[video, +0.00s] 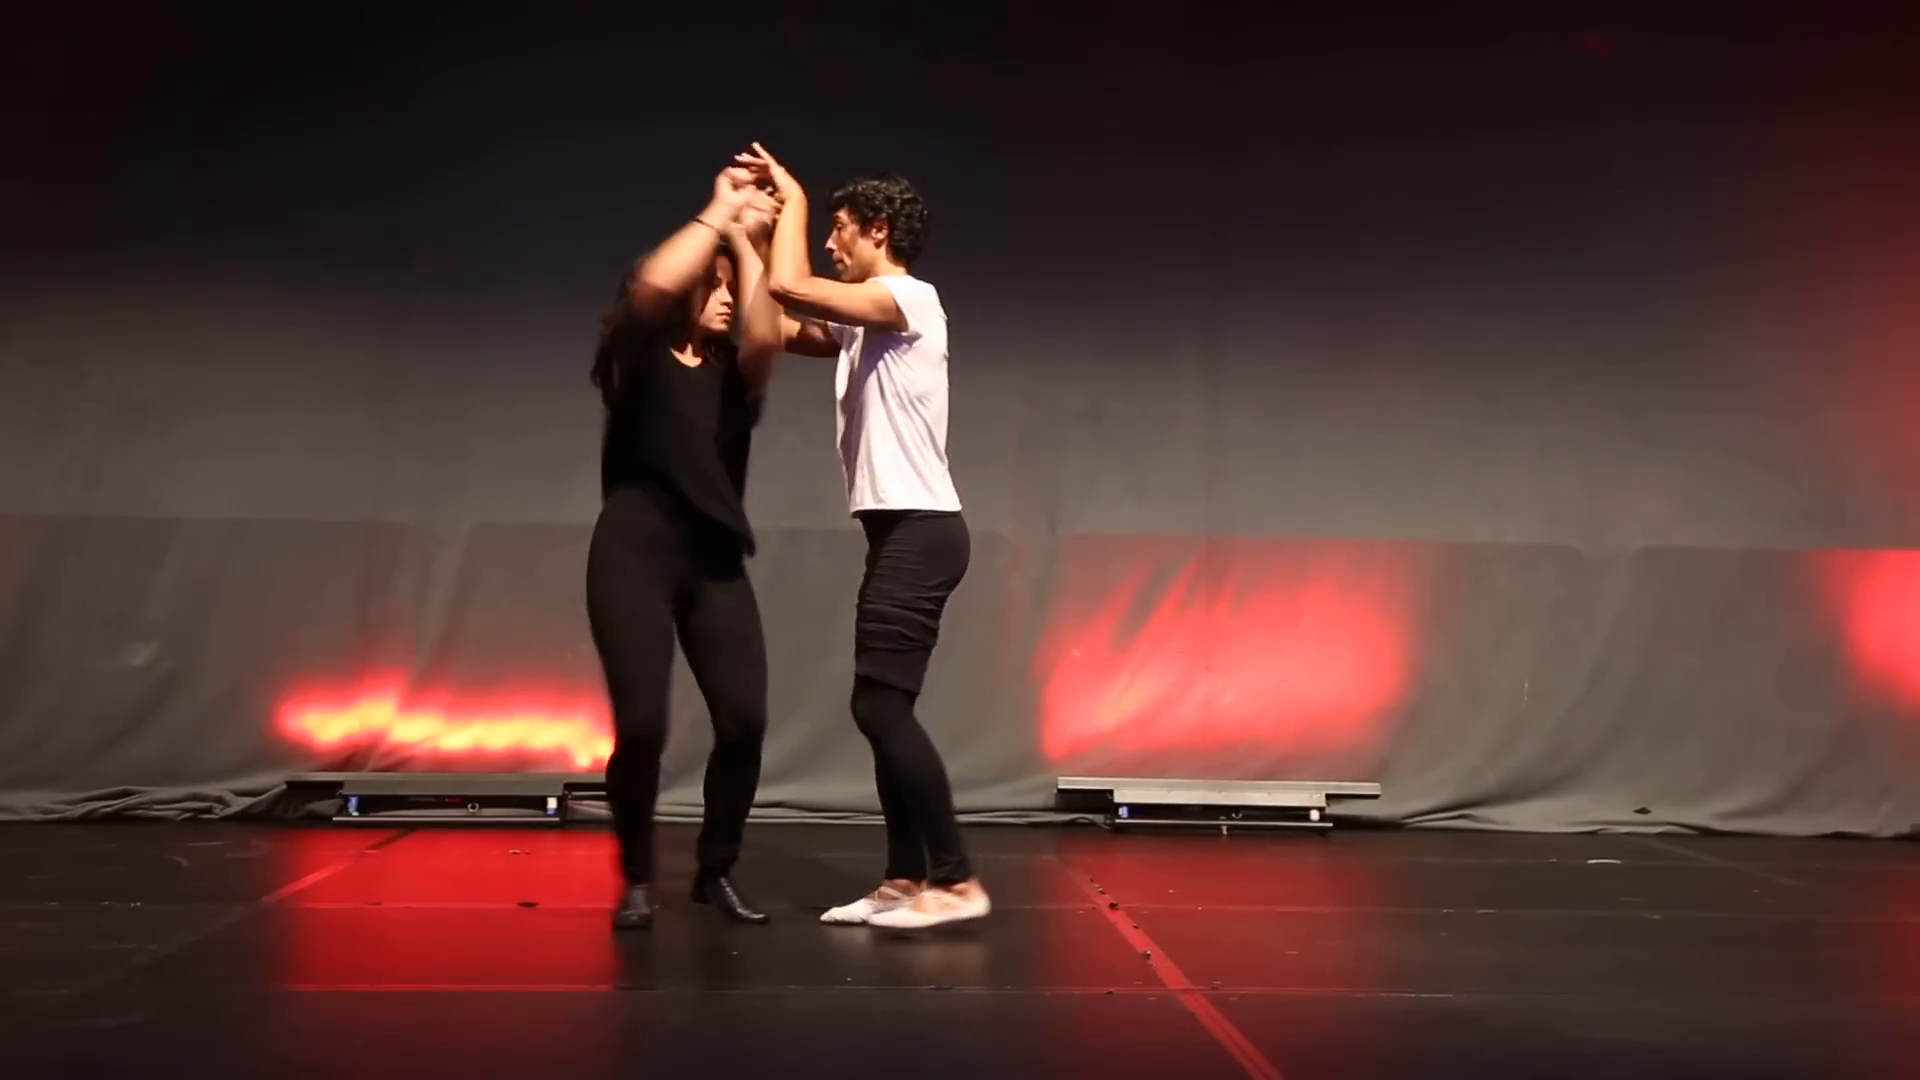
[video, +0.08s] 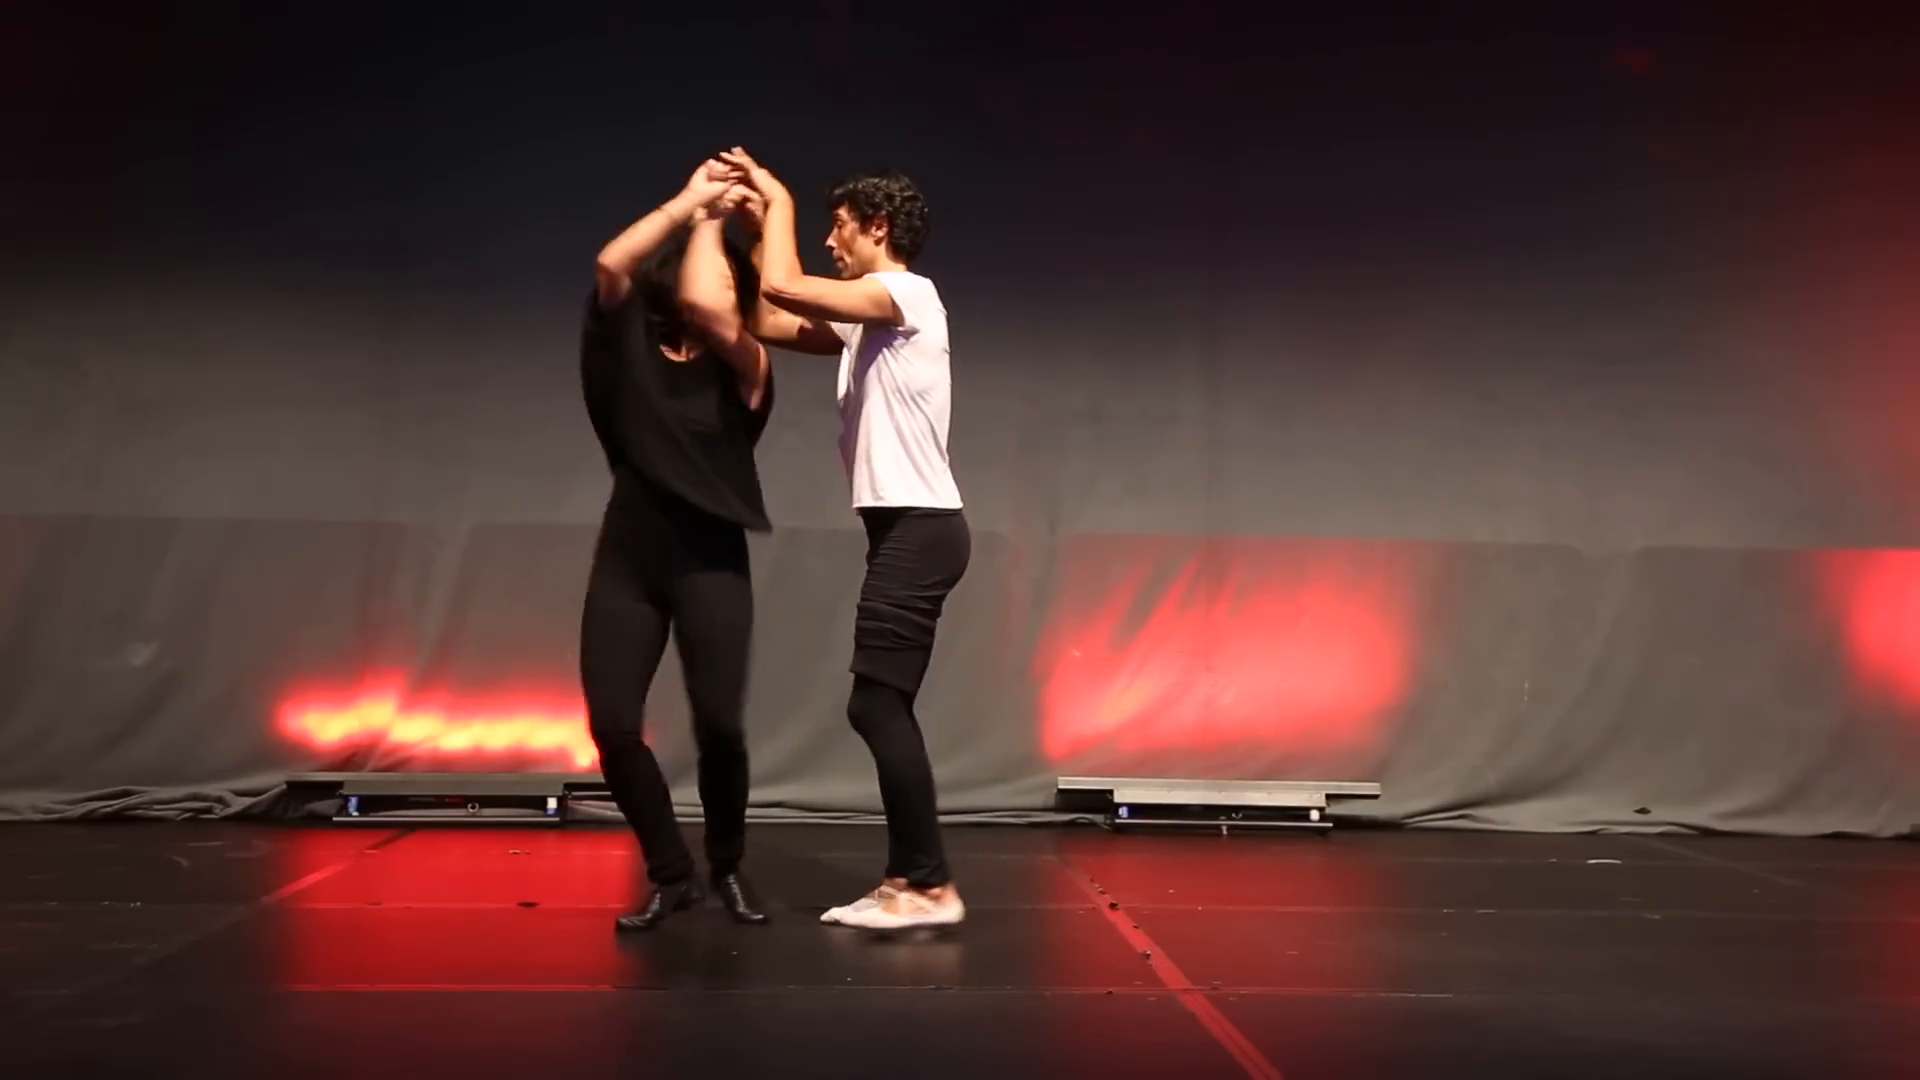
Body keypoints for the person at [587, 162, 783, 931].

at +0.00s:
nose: (727, 292)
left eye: (737, 282)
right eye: (713, 278)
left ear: (747, 296)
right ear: (680, 288)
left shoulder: (745, 361)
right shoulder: (640, 344)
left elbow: (765, 334)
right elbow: (655, 282)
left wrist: (752, 232)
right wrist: (717, 216)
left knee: (744, 723)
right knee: (643, 727)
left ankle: (714, 875)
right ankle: (636, 883)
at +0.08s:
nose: (697, 276)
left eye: (715, 273)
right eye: (690, 260)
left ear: (738, 297)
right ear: (666, 278)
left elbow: (708, 300)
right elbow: (612, 266)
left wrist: (715, 216)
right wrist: (688, 202)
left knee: (721, 727)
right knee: (612, 726)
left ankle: (726, 871)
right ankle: (672, 879)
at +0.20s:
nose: (658, 264)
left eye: (673, 259)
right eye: (662, 256)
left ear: (702, 278)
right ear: (689, 277)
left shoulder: (693, 340)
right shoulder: (679, 332)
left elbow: (610, 283)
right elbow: (630, 270)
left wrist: (671, 230)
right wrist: (680, 205)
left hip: (683, 556)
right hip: (653, 553)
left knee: (639, 720)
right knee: (630, 722)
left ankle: (754, 838)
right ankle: (680, 881)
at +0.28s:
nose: (643, 279)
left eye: (655, 271)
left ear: (670, 276)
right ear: (738, 280)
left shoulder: (652, 342)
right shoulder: (733, 347)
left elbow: (608, 286)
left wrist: (686, 250)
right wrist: (712, 223)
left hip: (655, 542)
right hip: (713, 544)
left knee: (595, 714)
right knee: (659, 719)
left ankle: (714, 821)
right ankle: (675, 890)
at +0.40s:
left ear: (644, 288)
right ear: (729, 292)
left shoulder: (616, 359)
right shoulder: (742, 369)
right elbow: (788, 434)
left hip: (628, 547)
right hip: (710, 552)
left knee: (623, 706)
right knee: (674, 730)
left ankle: (607, 814)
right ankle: (635, 899)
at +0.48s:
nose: (719, 304)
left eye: (716, 293)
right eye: (713, 292)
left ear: (626, 297)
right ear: (700, 296)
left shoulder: (612, 362)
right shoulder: (720, 364)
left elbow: (581, 416)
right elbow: (754, 449)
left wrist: (627, 463)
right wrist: (775, 378)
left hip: (620, 545)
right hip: (686, 547)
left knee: (660, 707)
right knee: (666, 724)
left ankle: (601, 833)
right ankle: (601, 887)